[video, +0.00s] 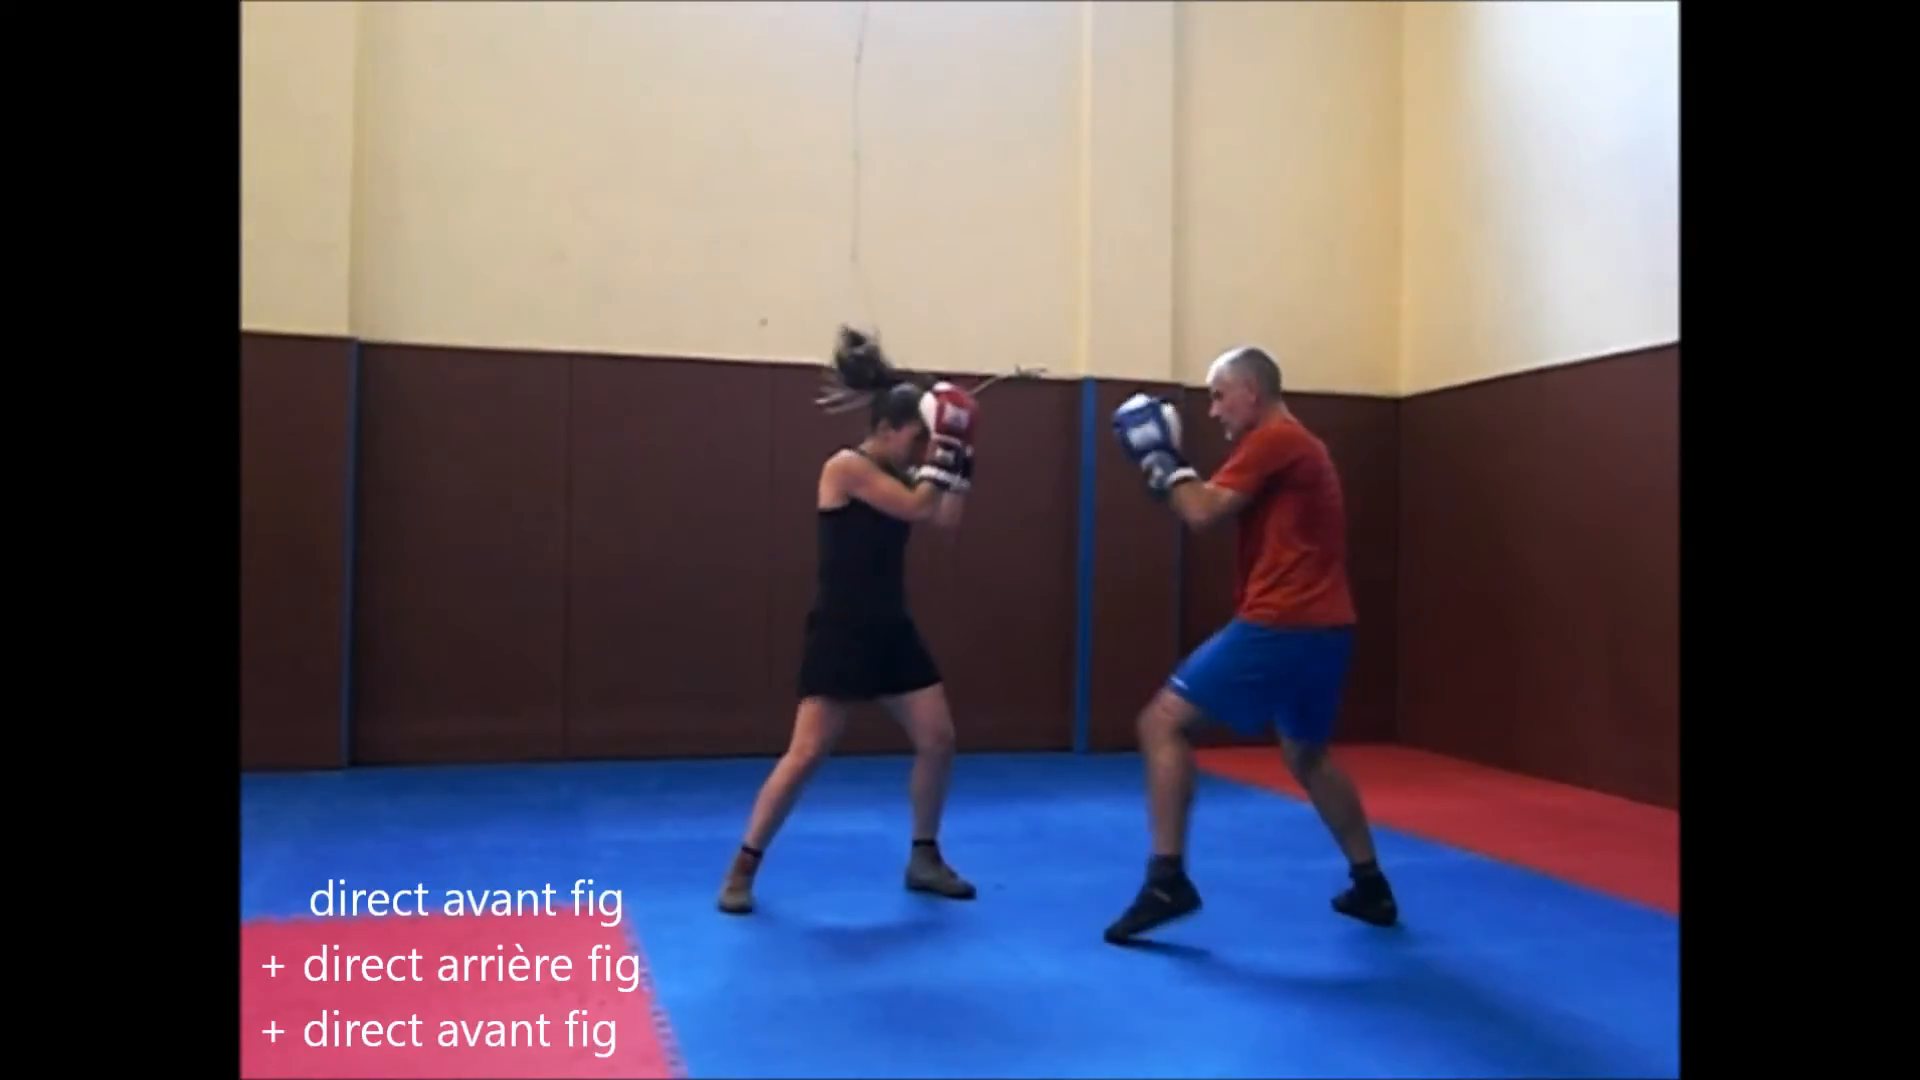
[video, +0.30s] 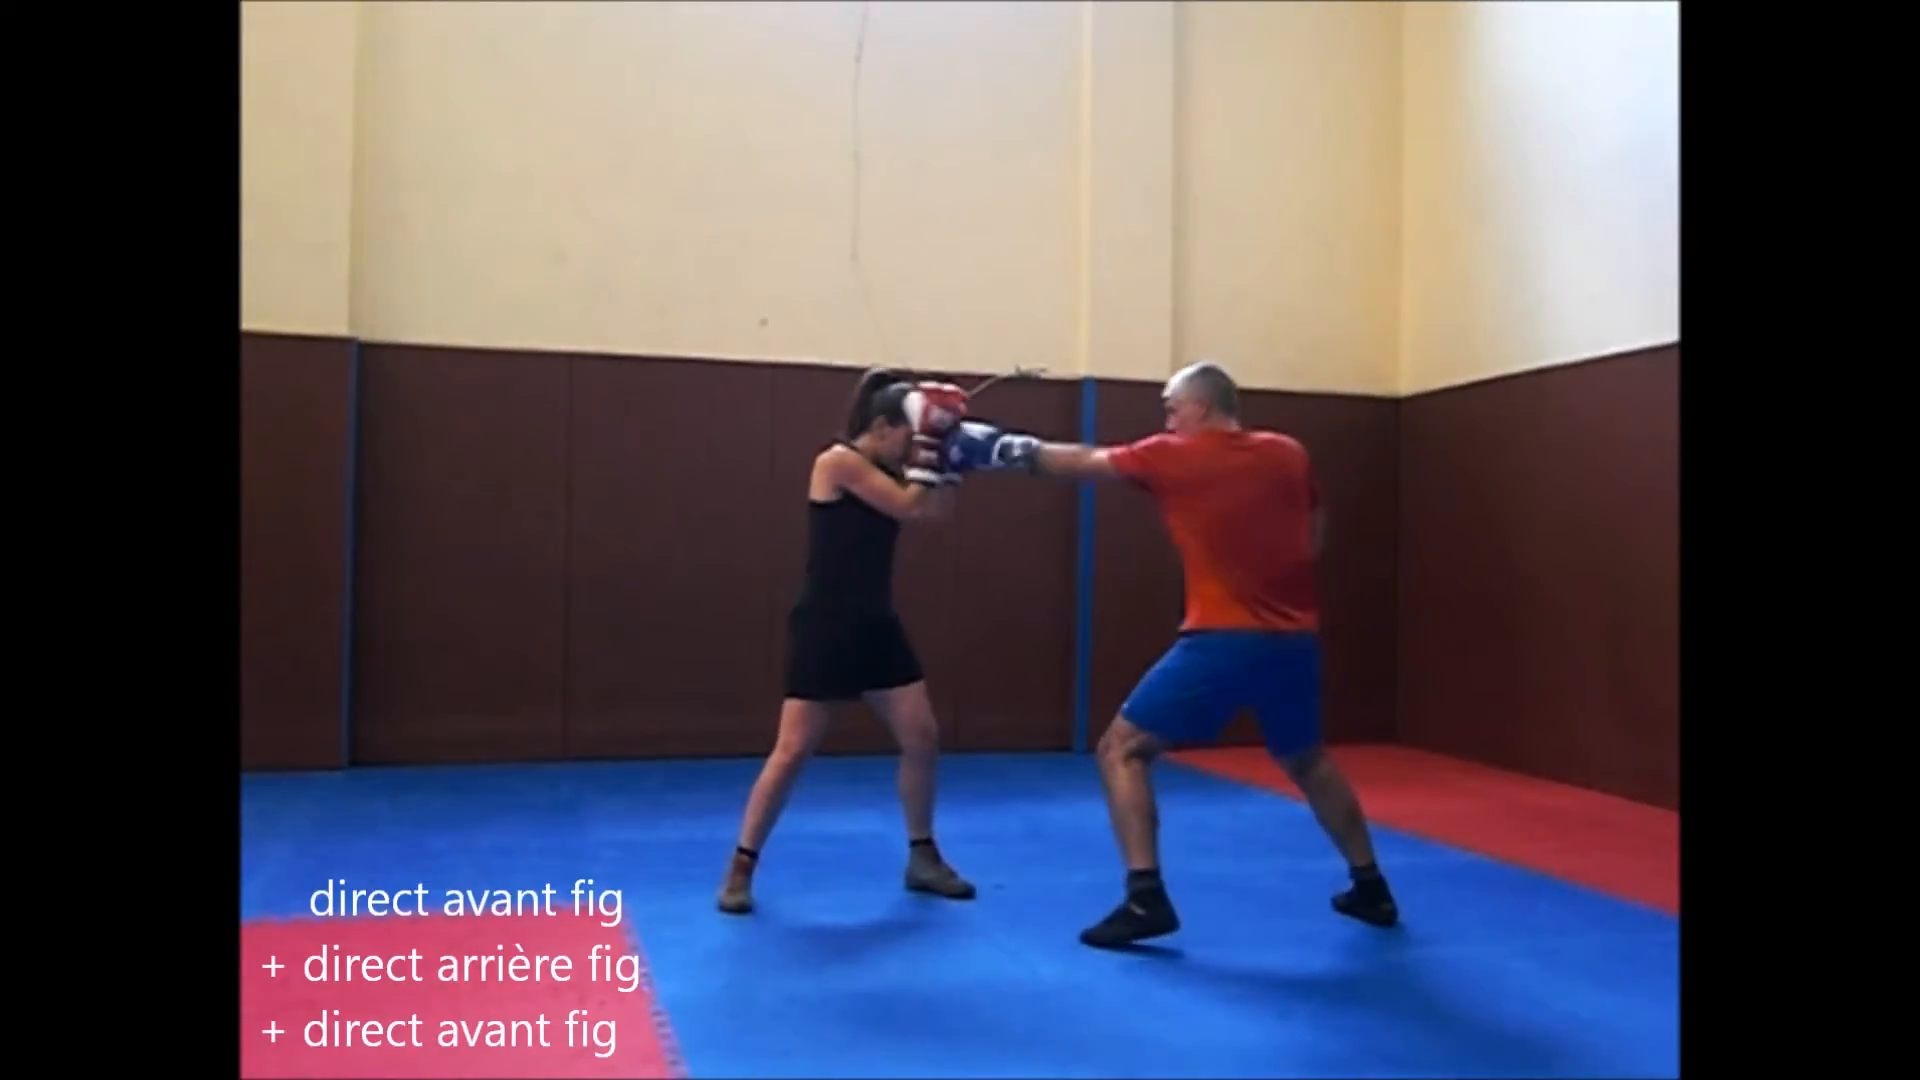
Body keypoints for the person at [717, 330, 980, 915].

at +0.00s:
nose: (920, 452)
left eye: (924, 442)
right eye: (915, 439)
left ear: (908, 438)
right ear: (886, 429)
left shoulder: (897, 480)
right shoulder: (845, 468)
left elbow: (949, 517)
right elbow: (916, 507)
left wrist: (958, 453)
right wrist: (943, 454)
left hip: (890, 632)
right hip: (839, 633)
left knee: (936, 739)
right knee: (805, 753)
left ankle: (925, 859)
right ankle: (743, 867)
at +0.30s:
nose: (913, 441)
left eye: (915, 432)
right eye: (906, 431)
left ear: (895, 432)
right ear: (877, 426)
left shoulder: (888, 475)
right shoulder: (838, 462)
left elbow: (939, 507)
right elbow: (908, 505)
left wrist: (946, 451)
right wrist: (927, 452)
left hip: (874, 626)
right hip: (824, 626)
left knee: (920, 735)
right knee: (792, 749)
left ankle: (923, 858)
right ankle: (742, 866)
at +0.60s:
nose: (894, 447)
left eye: (898, 438)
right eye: (890, 435)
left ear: (876, 429)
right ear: (861, 424)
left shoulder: (866, 471)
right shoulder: (820, 462)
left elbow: (918, 510)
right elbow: (891, 501)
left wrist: (934, 456)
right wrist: (916, 450)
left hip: (868, 626)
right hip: (818, 627)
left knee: (914, 737)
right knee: (790, 751)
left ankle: (923, 859)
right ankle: (741, 867)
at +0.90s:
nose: (884, 450)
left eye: (888, 441)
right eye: (879, 438)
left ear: (875, 435)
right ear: (851, 426)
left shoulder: (858, 469)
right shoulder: (811, 462)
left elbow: (905, 501)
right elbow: (880, 502)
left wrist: (919, 445)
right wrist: (909, 454)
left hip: (864, 625)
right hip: (813, 627)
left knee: (909, 736)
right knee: (790, 751)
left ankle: (922, 858)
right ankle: (742, 867)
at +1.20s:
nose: (872, 443)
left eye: (874, 433)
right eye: (867, 432)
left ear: (845, 430)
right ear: (835, 426)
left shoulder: (850, 476)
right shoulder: (800, 471)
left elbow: (897, 534)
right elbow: (859, 528)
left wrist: (914, 482)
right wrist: (891, 482)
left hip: (865, 633)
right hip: (814, 636)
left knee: (917, 740)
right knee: (795, 758)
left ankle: (923, 859)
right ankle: (742, 869)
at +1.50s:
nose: (897, 429)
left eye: (900, 420)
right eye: (892, 418)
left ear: (866, 420)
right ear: (859, 414)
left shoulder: (867, 467)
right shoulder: (820, 461)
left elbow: (925, 511)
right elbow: (885, 510)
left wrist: (945, 457)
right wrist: (925, 460)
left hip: (866, 622)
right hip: (817, 623)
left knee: (903, 739)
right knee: (808, 752)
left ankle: (917, 858)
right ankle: (758, 867)